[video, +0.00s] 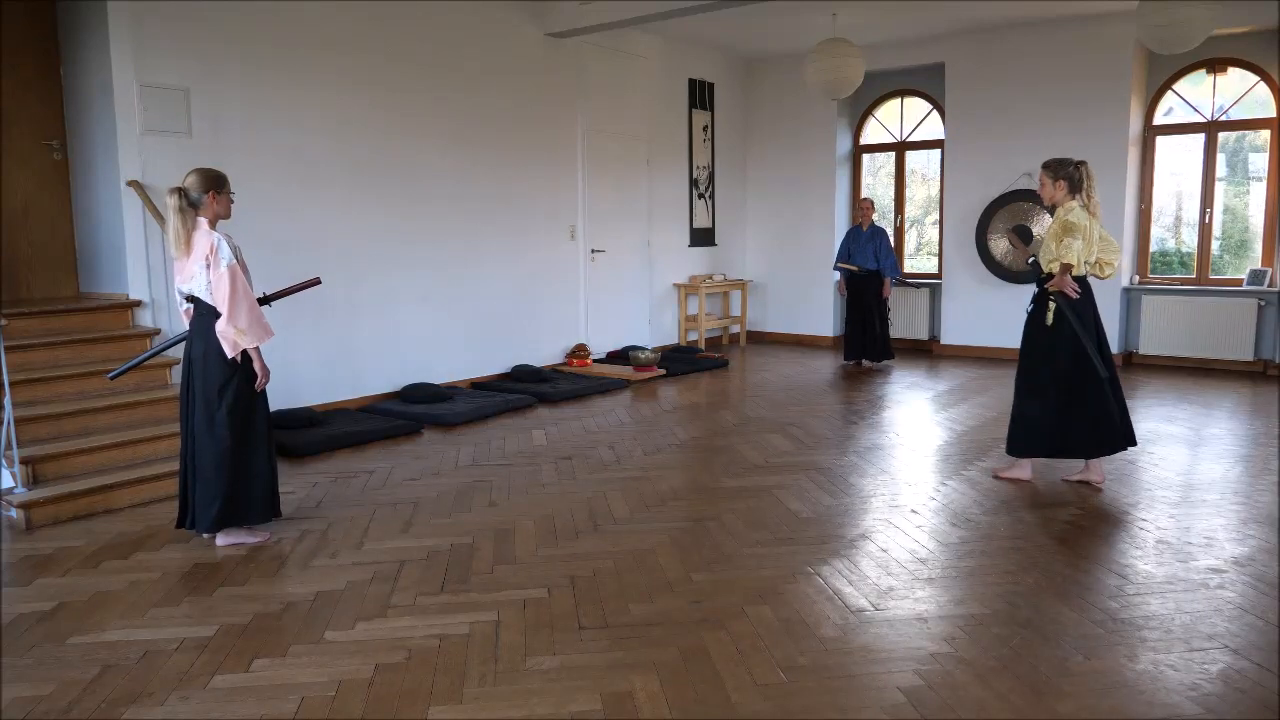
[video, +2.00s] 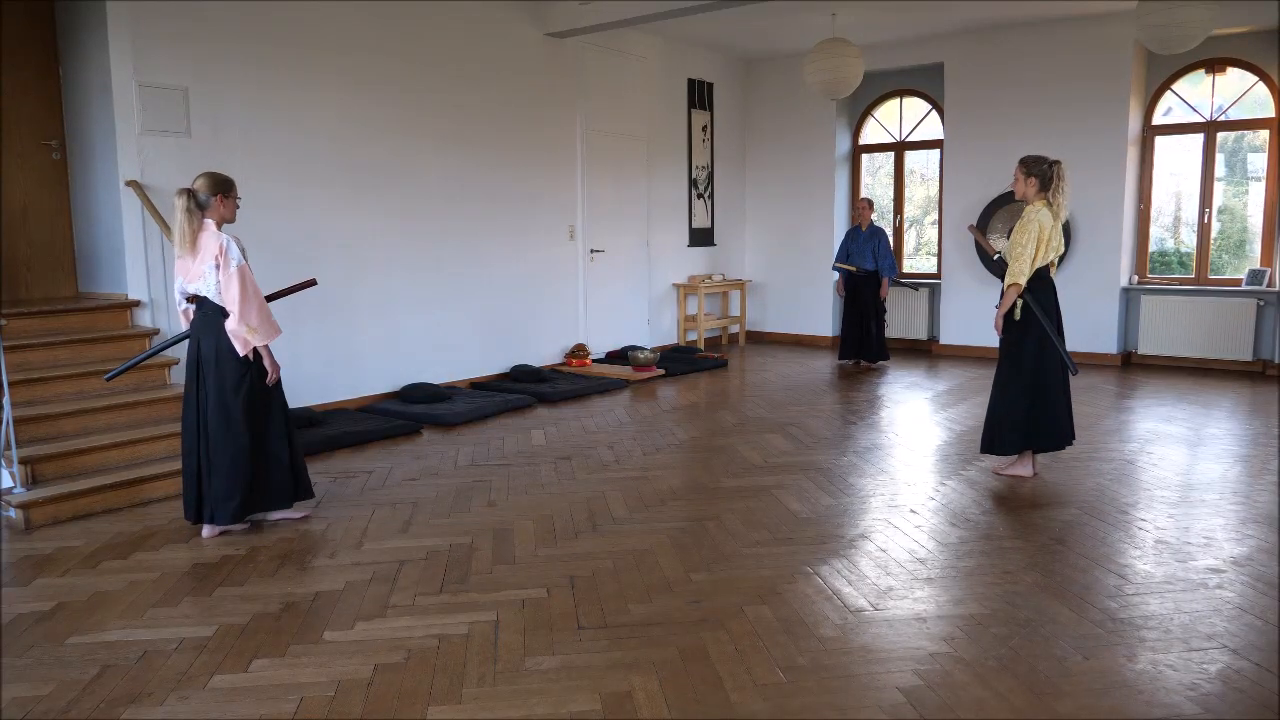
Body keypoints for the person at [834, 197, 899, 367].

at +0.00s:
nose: (864, 212)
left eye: (867, 209)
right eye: (861, 209)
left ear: (873, 211)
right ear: (858, 211)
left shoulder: (880, 233)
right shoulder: (852, 232)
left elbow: (887, 259)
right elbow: (843, 257)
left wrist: (887, 283)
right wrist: (842, 278)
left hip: (873, 278)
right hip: (854, 278)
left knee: (873, 317)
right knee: (855, 317)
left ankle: (871, 358)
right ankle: (855, 356)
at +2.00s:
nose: (860, 211)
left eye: (863, 208)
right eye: (858, 208)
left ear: (871, 211)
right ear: (855, 211)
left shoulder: (878, 233)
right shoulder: (851, 232)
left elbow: (886, 260)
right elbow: (842, 257)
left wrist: (885, 284)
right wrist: (840, 279)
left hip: (871, 279)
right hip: (853, 278)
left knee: (870, 318)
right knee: (853, 317)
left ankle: (870, 358)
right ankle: (855, 356)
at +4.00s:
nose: (835, 214)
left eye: (838, 211)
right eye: (833, 212)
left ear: (847, 214)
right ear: (832, 214)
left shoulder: (856, 236)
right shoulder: (826, 235)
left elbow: (864, 262)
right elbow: (818, 260)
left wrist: (865, 286)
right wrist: (816, 282)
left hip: (850, 283)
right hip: (829, 283)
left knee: (852, 322)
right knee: (826, 321)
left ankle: (854, 360)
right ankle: (825, 359)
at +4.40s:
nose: (815, 215)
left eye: (818, 212)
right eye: (813, 212)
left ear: (827, 213)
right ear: (811, 214)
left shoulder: (836, 236)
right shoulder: (807, 235)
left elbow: (844, 262)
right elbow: (798, 260)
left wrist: (844, 288)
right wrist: (795, 283)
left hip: (830, 283)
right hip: (810, 283)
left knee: (830, 323)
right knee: (810, 322)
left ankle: (832, 361)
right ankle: (813, 360)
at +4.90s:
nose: (794, 215)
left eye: (797, 212)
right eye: (792, 212)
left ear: (807, 213)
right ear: (790, 214)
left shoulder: (817, 236)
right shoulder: (786, 236)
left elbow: (825, 264)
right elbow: (777, 262)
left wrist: (826, 288)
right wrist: (775, 286)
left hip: (810, 284)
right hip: (790, 283)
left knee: (806, 324)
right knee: (788, 324)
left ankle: (803, 365)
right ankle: (786, 364)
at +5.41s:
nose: (771, 215)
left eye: (774, 212)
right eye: (769, 212)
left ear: (783, 213)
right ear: (767, 214)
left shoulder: (793, 237)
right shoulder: (763, 237)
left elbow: (802, 266)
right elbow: (754, 264)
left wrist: (801, 291)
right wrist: (751, 288)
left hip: (787, 287)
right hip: (765, 287)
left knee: (788, 329)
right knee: (761, 328)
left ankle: (792, 370)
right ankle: (759, 369)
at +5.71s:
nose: (752, 212)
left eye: (756, 209)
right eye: (750, 209)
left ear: (766, 210)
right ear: (748, 211)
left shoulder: (776, 234)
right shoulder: (744, 235)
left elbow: (786, 262)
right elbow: (736, 262)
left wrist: (781, 283)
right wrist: (734, 287)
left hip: (771, 286)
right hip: (749, 285)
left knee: (773, 328)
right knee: (749, 329)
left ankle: (775, 371)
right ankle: (754, 372)